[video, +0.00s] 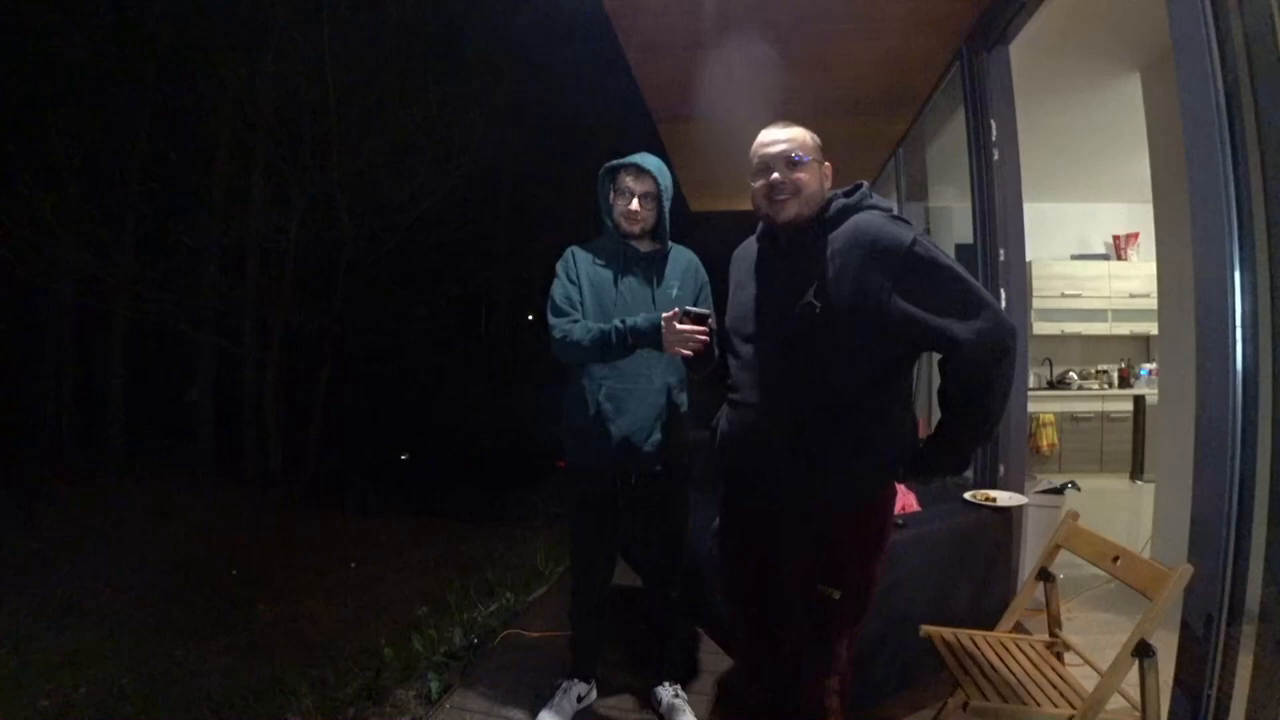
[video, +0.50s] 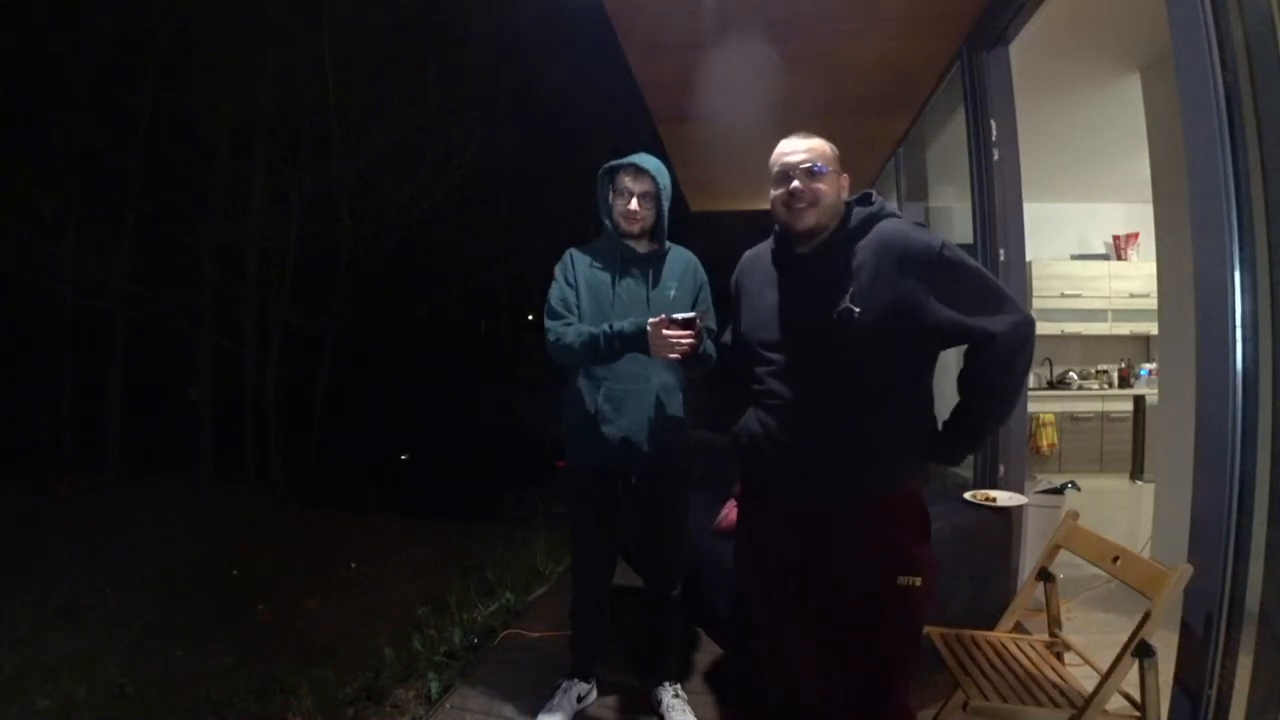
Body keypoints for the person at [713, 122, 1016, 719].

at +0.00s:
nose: (777, 178)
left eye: (793, 163)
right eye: (762, 169)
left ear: (826, 175)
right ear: (751, 188)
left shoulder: (870, 239)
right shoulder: (743, 259)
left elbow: (985, 335)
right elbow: (724, 355)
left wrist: (940, 454)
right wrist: (728, 420)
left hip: (847, 481)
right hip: (754, 478)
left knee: (821, 648)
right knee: (755, 638)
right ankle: (757, 706)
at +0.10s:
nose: (779, 178)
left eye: (795, 164)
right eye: (765, 169)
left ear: (827, 176)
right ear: (753, 188)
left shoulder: (875, 240)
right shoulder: (741, 259)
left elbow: (984, 335)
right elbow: (727, 364)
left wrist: (926, 455)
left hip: (852, 484)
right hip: (759, 482)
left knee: (824, 655)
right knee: (762, 640)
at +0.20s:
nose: (782, 180)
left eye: (797, 166)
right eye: (767, 171)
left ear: (828, 177)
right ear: (754, 189)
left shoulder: (882, 244)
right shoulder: (740, 262)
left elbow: (986, 336)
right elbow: (726, 370)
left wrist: (932, 448)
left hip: (857, 486)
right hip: (763, 483)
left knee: (829, 654)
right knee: (761, 639)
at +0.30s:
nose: (783, 183)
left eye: (798, 169)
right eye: (769, 174)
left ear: (830, 180)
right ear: (757, 193)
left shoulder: (887, 247)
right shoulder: (742, 264)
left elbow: (986, 336)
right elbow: (730, 370)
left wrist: (930, 447)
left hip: (862, 492)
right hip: (766, 489)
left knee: (843, 662)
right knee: (763, 649)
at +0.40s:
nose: (789, 188)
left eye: (804, 173)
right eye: (774, 179)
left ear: (835, 184)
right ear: (762, 197)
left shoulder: (889, 249)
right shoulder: (745, 266)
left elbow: (996, 335)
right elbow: (735, 370)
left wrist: (934, 449)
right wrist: (740, 475)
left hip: (869, 495)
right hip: (770, 494)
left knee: (858, 675)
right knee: (768, 663)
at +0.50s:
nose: (796, 187)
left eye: (812, 173)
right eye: (782, 177)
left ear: (844, 185)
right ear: (769, 196)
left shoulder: (900, 250)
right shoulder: (752, 268)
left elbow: (1008, 331)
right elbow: (736, 368)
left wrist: (950, 443)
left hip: (878, 493)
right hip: (776, 492)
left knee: (872, 674)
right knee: (776, 664)